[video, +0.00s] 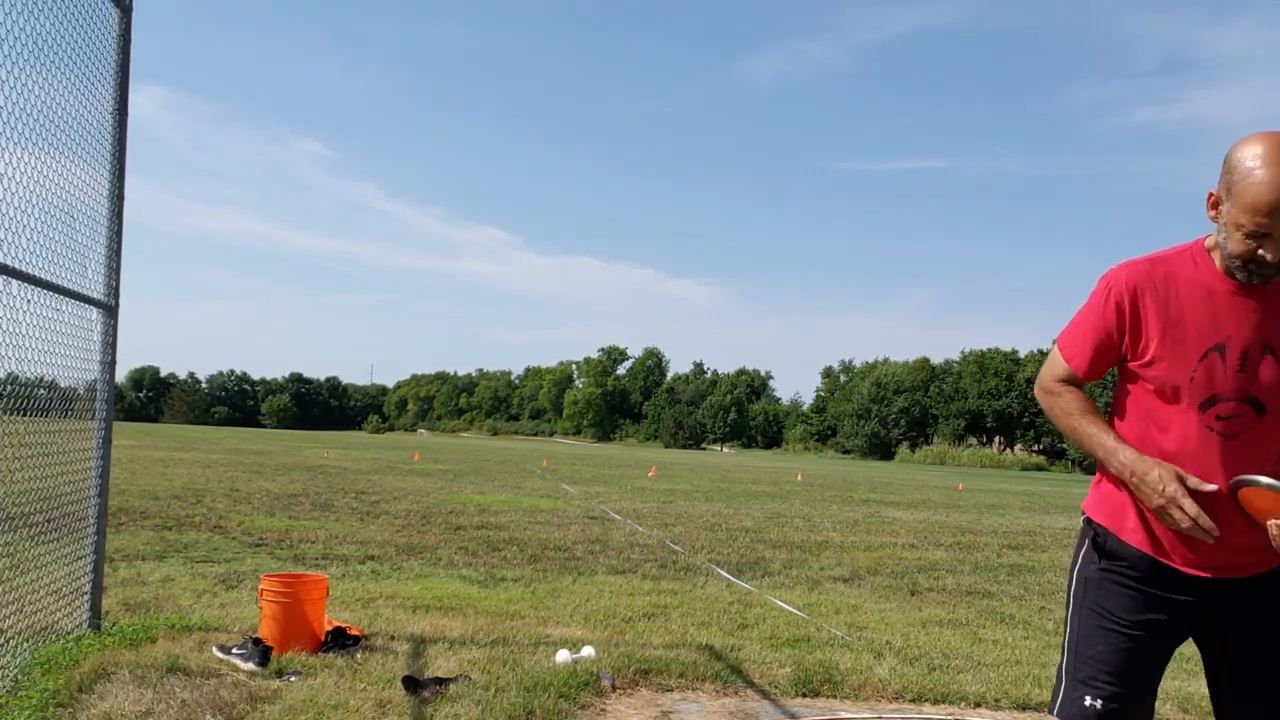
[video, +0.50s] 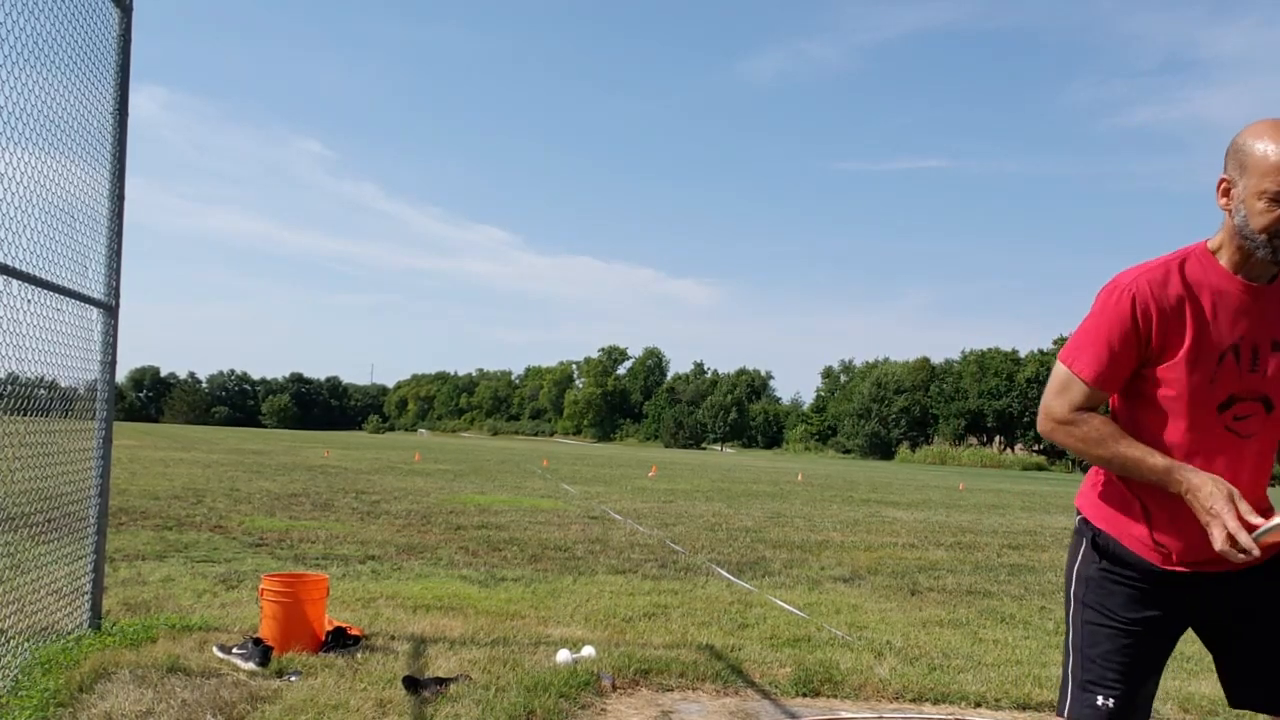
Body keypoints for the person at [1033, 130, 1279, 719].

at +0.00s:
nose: (1270, 255)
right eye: (1255, 235)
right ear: (1215, 205)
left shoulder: (1277, 294)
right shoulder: (1138, 288)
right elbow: (1053, 384)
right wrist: (1133, 467)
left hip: (1257, 573)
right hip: (1133, 560)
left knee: (1258, 709)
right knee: (1092, 711)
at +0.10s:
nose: (1275, 251)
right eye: (1266, 233)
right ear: (1231, 206)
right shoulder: (1155, 294)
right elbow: (1074, 394)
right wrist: (1169, 468)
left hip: (1266, 567)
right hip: (1146, 554)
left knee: (1265, 709)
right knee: (1090, 708)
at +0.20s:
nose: (1279, 248)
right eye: (1273, 230)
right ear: (1238, 204)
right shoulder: (1156, 296)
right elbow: (1077, 405)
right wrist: (1183, 472)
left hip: (1264, 574)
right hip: (1144, 564)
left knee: (1276, 704)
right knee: (1111, 711)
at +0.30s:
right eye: (1273, 219)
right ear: (1235, 200)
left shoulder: (1279, 299)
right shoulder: (1149, 293)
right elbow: (1066, 407)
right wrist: (1188, 471)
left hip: (1265, 572)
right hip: (1140, 563)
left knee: (1278, 705)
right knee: (1107, 712)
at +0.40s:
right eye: (1272, 204)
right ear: (1228, 194)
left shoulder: (1277, 297)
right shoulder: (1141, 291)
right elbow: (1058, 409)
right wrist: (1186, 471)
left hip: (1256, 560)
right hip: (1131, 557)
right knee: (1104, 711)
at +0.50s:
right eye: (1271, 200)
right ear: (1227, 195)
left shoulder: (1277, 300)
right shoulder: (1144, 295)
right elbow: (1059, 415)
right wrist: (1186, 480)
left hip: (1251, 560)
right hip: (1130, 558)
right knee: (1099, 711)